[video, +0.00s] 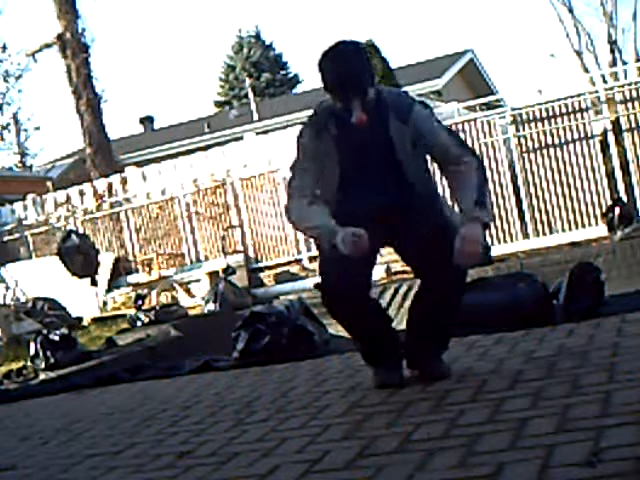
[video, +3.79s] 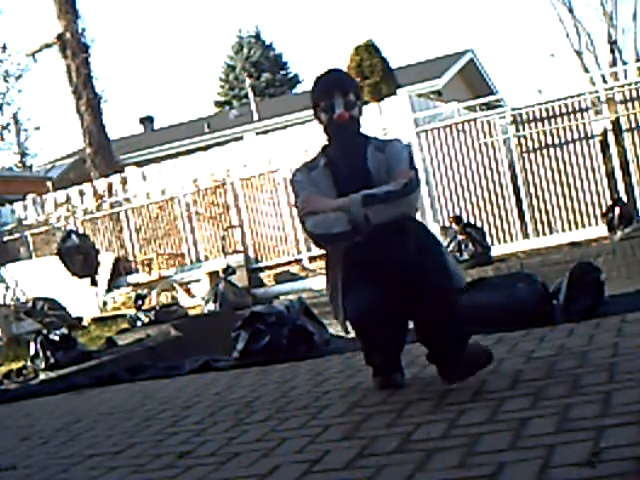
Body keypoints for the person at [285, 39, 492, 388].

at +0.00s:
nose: (355, 109)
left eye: (362, 97)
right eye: (344, 102)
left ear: (373, 83)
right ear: (330, 92)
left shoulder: (403, 109)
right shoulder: (319, 128)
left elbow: (461, 162)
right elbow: (299, 202)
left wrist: (474, 220)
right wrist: (334, 234)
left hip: (412, 216)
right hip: (353, 227)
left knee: (447, 270)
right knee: (340, 292)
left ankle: (424, 352)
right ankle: (385, 358)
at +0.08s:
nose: (360, 120)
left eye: (367, 109)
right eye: (348, 112)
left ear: (378, 95)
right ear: (335, 105)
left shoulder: (409, 126)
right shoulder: (325, 142)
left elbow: (456, 177)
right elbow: (314, 210)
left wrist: (438, 223)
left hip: (411, 230)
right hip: (354, 239)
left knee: (448, 265)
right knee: (341, 293)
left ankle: (425, 351)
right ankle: (386, 358)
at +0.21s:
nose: (365, 121)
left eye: (370, 111)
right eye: (356, 114)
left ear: (383, 110)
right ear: (346, 119)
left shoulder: (421, 150)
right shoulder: (334, 166)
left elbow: (451, 201)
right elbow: (339, 221)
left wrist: (397, 214)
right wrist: (407, 196)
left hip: (420, 245)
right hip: (361, 255)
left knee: (451, 278)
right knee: (338, 297)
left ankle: (427, 352)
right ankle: (386, 357)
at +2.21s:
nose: (363, 120)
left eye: (370, 109)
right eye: (351, 113)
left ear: (382, 110)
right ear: (339, 121)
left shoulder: (418, 160)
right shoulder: (328, 182)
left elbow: (434, 223)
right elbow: (345, 244)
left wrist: (357, 218)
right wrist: (414, 215)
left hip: (423, 265)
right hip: (365, 277)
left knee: (446, 298)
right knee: (359, 316)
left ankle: (434, 358)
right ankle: (384, 367)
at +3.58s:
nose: (349, 121)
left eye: (357, 109)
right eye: (337, 113)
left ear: (368, 110)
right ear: (326, 119)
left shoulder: (402, 156)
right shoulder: (315, 179)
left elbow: (419, 217)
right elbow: (329, 235)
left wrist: (344, 212)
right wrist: (399, 208)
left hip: (413, 260)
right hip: (359, 273)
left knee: (430, 292)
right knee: (362, 313)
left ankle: (434, 361)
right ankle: (385, 370)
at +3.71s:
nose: (343, 113)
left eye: (351, 102)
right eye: (332, 106)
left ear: (363, 104)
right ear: (320, 112)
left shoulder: (395, 147)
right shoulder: (308, 173)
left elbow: (407, 193)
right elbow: (321, 228)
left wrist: (337, 202)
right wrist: (386, 209)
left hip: (413, 263)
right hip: (358, 278)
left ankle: (442, 347)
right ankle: (385, 366)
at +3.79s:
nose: (341, 115)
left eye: (349, 104)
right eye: (329, 108)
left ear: (360, 106)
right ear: (317, 114)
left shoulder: (391, 151)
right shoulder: (306, 176)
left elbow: (409, 196)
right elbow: (321, 232)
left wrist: (338, 204)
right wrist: (387, 207)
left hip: (412, 253)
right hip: (358, 266)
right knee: (368, 308)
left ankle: (453, 361)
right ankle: (386, 369)